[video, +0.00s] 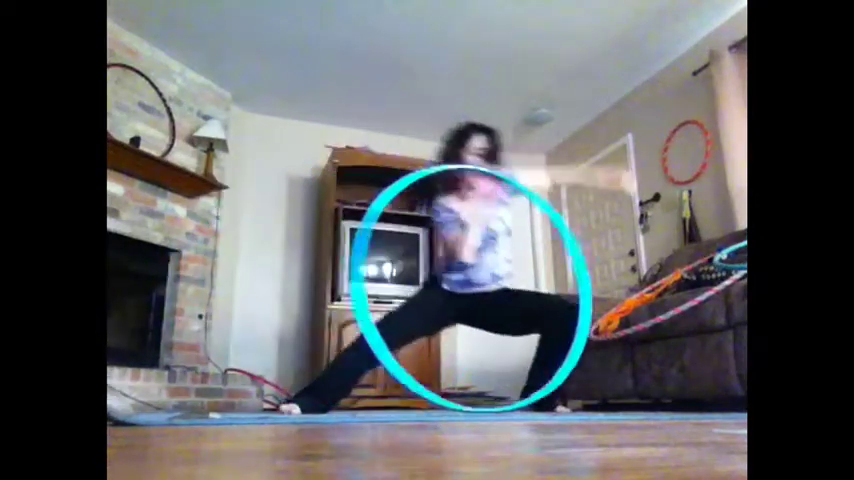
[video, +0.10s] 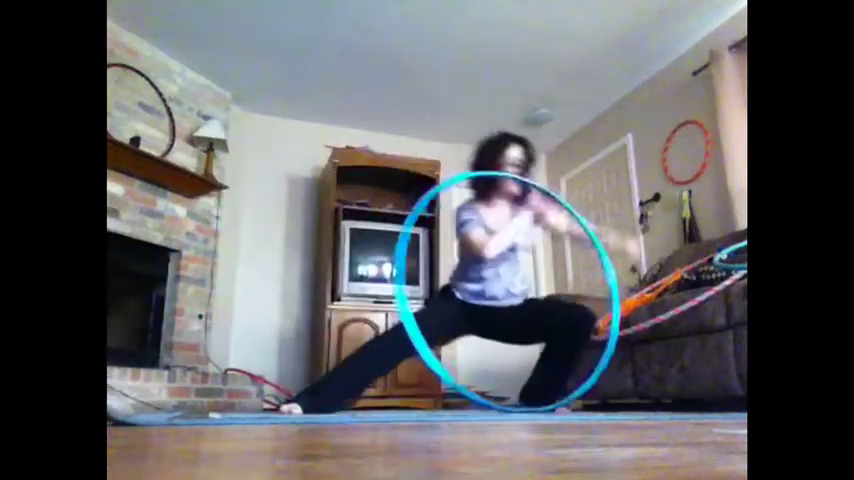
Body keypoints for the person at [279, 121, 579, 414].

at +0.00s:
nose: (476, 160)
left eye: (484, 155)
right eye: (469, 152)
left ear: (494, 160)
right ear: (454, 155)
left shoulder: (499, 198)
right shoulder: (445, 203)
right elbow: (461, 256)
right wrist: (477, 210)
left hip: (492, 299)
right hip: (443, 297)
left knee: (566, 315)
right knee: (376, 341)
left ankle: (539, 402)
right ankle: (306, 404)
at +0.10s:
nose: (515, 172)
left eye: (522, 166)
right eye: (507, 163)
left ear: (528, 172)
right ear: (487, 168)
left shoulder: (533, 206)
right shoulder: (472, 211)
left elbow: (577, 230)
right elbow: (482, 250)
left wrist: (621, 241)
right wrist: (520, 218)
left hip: (511, 310)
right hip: (459, 306)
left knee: (576, 319)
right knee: (392, 344)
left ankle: (535, 408)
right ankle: (306, 406)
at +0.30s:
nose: (545, 190)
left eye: (552, 184)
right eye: (537, 181)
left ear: (557, 188)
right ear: (518, 181)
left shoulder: (556, 225)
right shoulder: (492, 212)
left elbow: (562, 274)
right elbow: (511, 233)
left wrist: (595, 286)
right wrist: (555, 228)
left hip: (522, 323)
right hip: (471, 318)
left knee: (585, 324)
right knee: (401, 348)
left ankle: (540, 402)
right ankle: (308, 406)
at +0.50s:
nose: (554, 205)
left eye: (561, 199)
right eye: (549, 193)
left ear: (568, 204)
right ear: (529, 189)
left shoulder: (554, 241)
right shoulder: (495, 209)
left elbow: (542, 302)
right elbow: (519, 225)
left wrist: (553, 318)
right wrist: (557, 224)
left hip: (510, 326)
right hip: (462, 319)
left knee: (580, 321)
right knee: (398, 338)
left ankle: (537, 409)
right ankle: (308, 406)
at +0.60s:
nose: (552, 210)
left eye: (560, 205)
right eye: (547, 197)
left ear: (565, 207)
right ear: (527, 190)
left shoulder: (545, 238)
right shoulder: (488, 204)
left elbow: (539, 285)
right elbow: (491, 220)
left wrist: (518, 289)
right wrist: (538, 216)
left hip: (498, 321)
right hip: (449, 311)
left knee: (569, 317)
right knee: (386, 330)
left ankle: (539, 406)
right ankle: (310, 405)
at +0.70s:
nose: (534, 198)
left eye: (543, 194)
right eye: (531, 188)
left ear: (549, 200)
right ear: (515, 185)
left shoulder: (535, 228)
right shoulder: (484, 201)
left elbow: (521, 269)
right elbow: (452, 207)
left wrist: (495, 292)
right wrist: (513, 205)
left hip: (489, 315)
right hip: (440, 307)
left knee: (558, 313)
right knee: (379, 323)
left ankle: (540, 403)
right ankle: (309, 402)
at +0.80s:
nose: (512, 191)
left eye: (520, 189)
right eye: (510, 182)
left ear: (527, 196)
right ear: (497, 176)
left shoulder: (521, 223)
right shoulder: (467, 198)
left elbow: (504, 266)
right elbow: (423, 204)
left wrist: (479, 307)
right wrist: (477, 194)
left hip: (477, 310)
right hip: (428, 303)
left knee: (548, 311)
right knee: (368, 318)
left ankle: (539, 402)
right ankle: (306, 401)